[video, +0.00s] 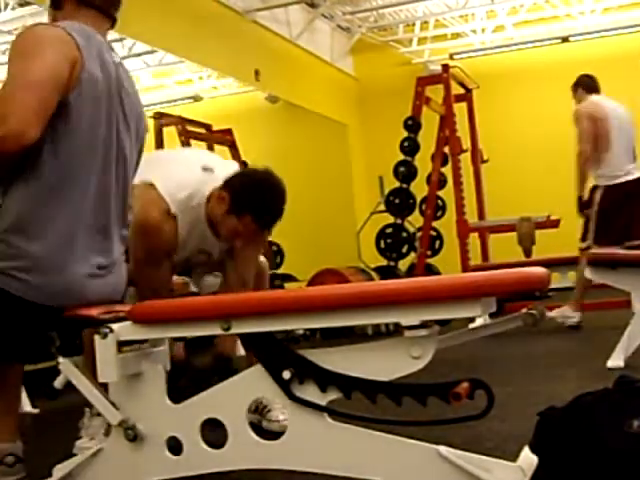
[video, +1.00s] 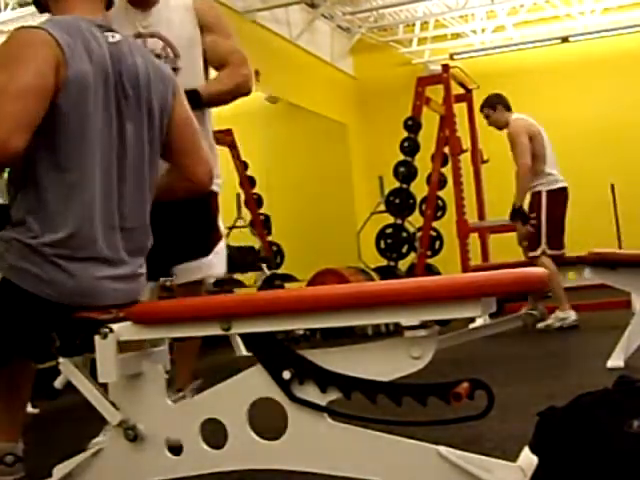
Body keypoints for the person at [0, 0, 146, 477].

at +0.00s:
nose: (48, 11)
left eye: (51, 7)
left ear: (61, 4)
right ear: (112, 16)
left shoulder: (50, 41)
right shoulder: (128, 87)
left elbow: (16, 130)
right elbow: (121, 177)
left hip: (32, 271)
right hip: (105, 276)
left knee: (8, 360)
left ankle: (7, 450)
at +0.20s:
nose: (29, 8)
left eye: (32, 5)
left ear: (41, 2)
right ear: (99, 9)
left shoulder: (37, 31)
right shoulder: (126, 75)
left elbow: (13, 119)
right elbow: (157, 157)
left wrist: (12, 177)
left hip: (40, 265)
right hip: (117, 274)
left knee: (13, 364)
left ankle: (6, 450)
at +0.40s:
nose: (13, 10)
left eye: (13, 6)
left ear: (20, 1)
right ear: (82, 5)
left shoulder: (30, 37)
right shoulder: (121, 67)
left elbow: (15, 130)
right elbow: (139, 167)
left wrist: (13, 181)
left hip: (57, 266)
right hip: (129, 271)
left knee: (6, 343)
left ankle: (7, 448)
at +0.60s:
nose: (20, 8)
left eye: (21, 4)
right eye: (22, 6)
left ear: (30, 2)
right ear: (87, 5)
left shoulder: (33, 41)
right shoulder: (141, 78)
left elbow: (14, 138)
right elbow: (161, 189)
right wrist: (96, 197)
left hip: (44, 274)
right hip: (121, 280)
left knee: (10, 353)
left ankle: (8, 451)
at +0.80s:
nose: (30, 11)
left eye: (31, 9)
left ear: (40, 4)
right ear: (108, 7)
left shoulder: (37, 41)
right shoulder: (149, 74)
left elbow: (10, 143)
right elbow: (191, 176)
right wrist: (121, 207)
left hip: (40, 276)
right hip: (120, 281)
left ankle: (7, 446)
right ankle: (7, 444)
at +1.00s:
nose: (37, 9)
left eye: (39, 5)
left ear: (46, 2)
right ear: (107, 3)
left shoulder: (38, 42)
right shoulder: (156, 69)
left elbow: (9, 142)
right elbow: (198, 174)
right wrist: (130, 187)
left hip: (39, 280)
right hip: (123, 285)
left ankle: (8, 450)